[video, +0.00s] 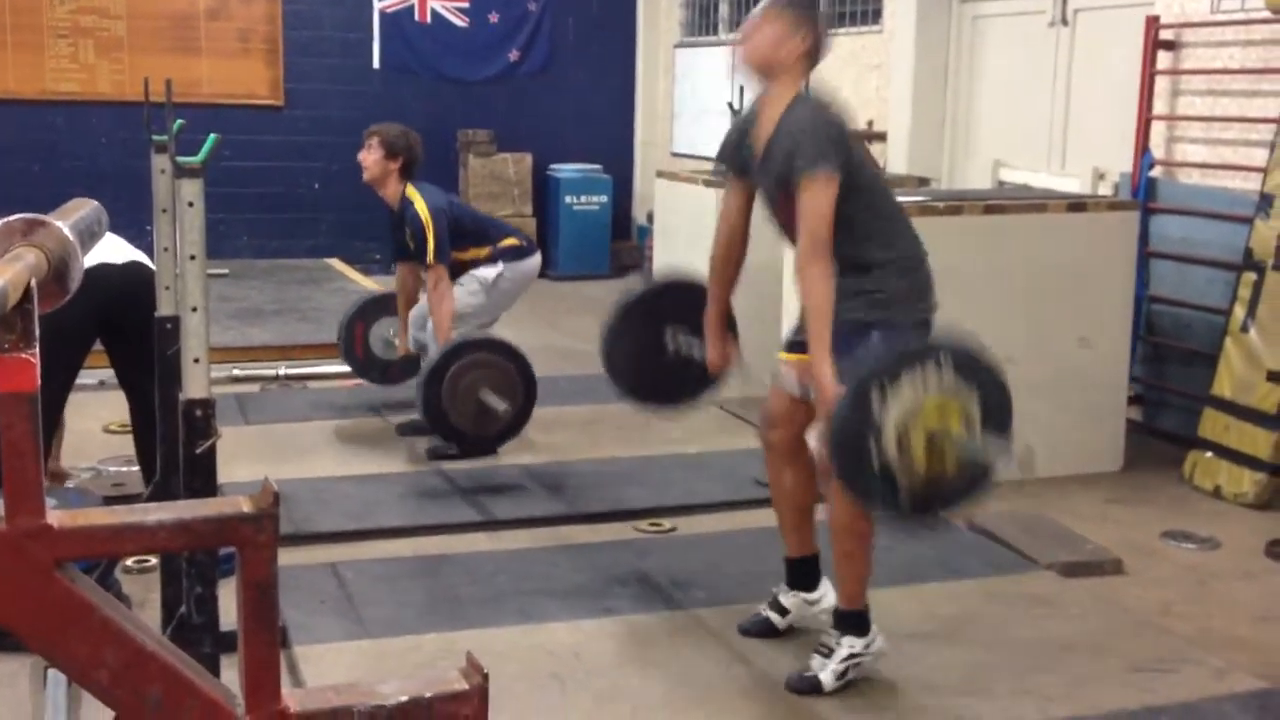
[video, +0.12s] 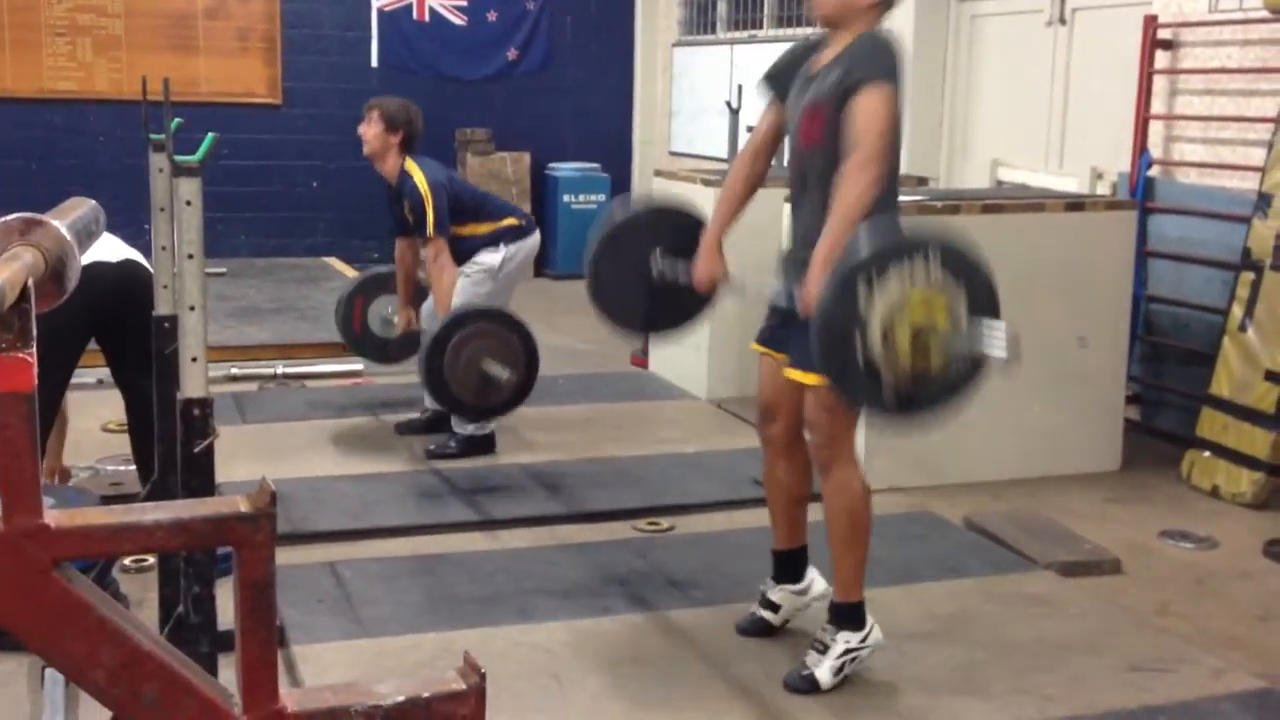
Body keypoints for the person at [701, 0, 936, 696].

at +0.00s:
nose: (745, 27)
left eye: (764, 20)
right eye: (750, 17)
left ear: (799, 44)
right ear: (770, 45)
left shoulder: (812, 126)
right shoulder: (750, 127)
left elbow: (815, 254)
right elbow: (731, 229)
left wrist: (820, 363)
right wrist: (715, 314)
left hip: (888, 304)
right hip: (830, 294)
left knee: (841, 450)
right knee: (781, 423)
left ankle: (855, 630)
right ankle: (803, 588)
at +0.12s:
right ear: (825, 3)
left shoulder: (872, 57)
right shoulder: (798, 60)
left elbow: (866, 168)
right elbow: (755, 154)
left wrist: (821, 267)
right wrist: (711, 238)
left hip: (844, 278)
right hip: (796, 273)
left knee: (829, 440)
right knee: (776, 426)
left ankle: (852, 625)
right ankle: (790, 581)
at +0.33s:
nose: (835, 27)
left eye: (853, 18)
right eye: (839, 16)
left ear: (891, 41)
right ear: (856, 40)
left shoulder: (890, 124)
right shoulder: (830, 120)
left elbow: (885, 233)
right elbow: (803, 219)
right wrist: (743, 186)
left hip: (835, 334)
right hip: (784, 321)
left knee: (779, 499)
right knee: (721, 457)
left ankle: (855, 627)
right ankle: (791, 592)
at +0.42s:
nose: (814, 87)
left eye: (833, 79)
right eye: (820, 76)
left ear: (865, 105)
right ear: (823, 101)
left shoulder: (867, 192)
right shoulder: (791, 190)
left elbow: (823, 305)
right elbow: (737, 286)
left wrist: (821, 218)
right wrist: (717, 212)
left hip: (852, 389)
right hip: (798, 377)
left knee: (775, 529)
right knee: (703, 474)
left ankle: (852, 648)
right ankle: (784, 594)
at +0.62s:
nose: (799, 172)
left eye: (815, 166)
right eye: (806, 163)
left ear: (848, 192)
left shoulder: (837, 265)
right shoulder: (785, 260)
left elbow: (740, 296)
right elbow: (667, 283)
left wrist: (808, 239)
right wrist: (720, 229)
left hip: (875, 448)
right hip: (816, 436)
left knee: (780, 546)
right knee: (696, 488)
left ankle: (860, 655)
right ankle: (788, 602)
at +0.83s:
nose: (799, 263)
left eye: (815, 256)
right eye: (806, 253)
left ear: (852, 281)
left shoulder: (850, 350)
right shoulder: (785, 343)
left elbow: (749, 393)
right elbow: (673, 361)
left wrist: (818, 326)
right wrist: (730, 310)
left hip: (898, 517)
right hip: (829, 496)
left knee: (800, 548)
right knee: (706, 491)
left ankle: (869, 660)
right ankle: (798, 607)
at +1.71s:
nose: (763, 162)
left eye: (778, 153)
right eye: (768, 151)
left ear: (821, 171)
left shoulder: (831, 242)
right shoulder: (777, 243)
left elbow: (731, 295)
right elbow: (662, 277)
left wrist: (797, 215)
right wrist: (727, 210)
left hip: (902, 408)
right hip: (840, 404)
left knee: (820, 531)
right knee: (729, 477)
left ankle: (876, 667)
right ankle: (806, 616)